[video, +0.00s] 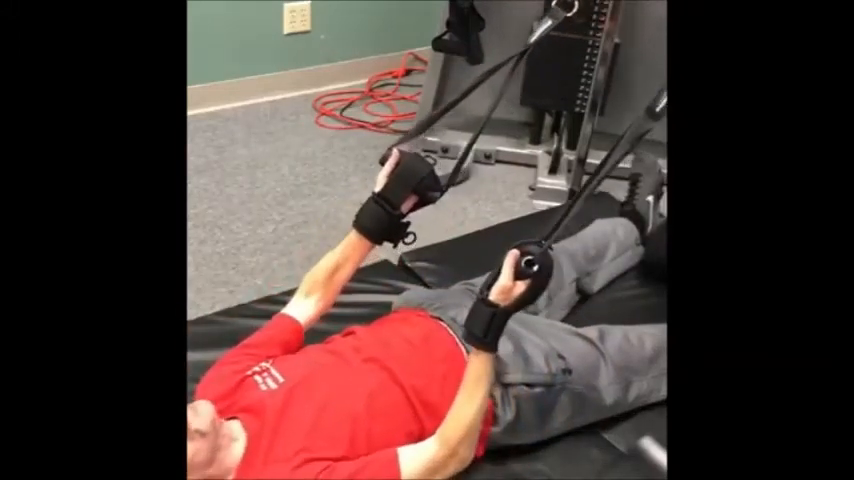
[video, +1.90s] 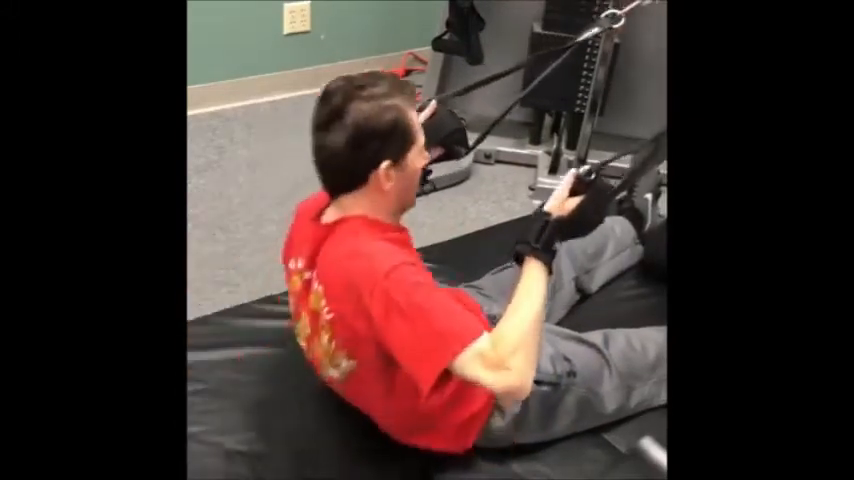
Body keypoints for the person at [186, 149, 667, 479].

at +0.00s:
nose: (198, 414)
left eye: (184, 411)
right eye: (187, 434)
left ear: (188, 406)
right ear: (196, 472)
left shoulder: (222, 380)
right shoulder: (285, 475)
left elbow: (311, 297)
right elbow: (445, 455)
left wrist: (382, 211)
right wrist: (493, 321)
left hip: (427, 313)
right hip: (490, 385)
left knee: (550, 269)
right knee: (641, 355)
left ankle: (634, 223)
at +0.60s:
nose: (226, 338)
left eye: (209, 338)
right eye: (211, 356)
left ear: (219, 331)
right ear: (210, 420)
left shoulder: (251, 340)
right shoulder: (294, 462)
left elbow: (311, 269)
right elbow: (465, 454)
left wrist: (379, 194)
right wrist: (502, 311)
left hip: (435, 309)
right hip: (496, 377)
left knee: (553, 263)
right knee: (639, 355)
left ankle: (637, 222)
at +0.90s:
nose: (275, 278)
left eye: (257, 274)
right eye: (258, 290)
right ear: (243, 352)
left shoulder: (272, 311)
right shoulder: (316, 434)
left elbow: (320, 244)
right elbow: (482, 446)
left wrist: (380, 185)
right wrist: (515, 312)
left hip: (451, 307)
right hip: (504, 379)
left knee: (611, 229)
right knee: (655, 352)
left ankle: (637, 226)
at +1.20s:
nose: (319, 227)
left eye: (306, 220)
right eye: (305, 231)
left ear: (278, 286)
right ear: (283, 284)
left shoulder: (273, 302)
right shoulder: (331, 386)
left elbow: (324, 232)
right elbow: (489, 432)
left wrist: (383, 176)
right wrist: (525, 293)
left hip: (458, 307)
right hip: (506, 376)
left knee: (591, 238)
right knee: (656, 351)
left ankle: (638, 218)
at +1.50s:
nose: (369, 190)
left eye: (359, 181)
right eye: (358, 190)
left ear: (311, 231)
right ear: (323, 230)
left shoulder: (282, 259)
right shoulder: (352, 338)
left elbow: (331, 221)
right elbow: (495, 408)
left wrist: (391, 166)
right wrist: (528, 273)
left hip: (450, 305)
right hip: (496, 376)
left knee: (555, 258)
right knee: (658, 351)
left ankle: (636, 223)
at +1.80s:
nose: (413, 166)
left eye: (408, 151)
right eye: (404, 157)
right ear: (371, 187)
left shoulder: (302, 227)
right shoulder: (377, 291)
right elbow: (504, 383)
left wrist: (392, 143)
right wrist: (539, 247)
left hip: (451, 311)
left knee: (558, 261)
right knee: (654, 355)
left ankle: (635, 220)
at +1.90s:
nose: (426, 160)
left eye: (424, 145)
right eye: (419, 150)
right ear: (385, 174)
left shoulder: (312, 216)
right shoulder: (386, 276)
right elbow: (508, 375)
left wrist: (403, 136)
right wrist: (543, 241)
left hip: (443, 319)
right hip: (481, 399)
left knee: (561, 252)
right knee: (657, 354)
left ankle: (636, 220)